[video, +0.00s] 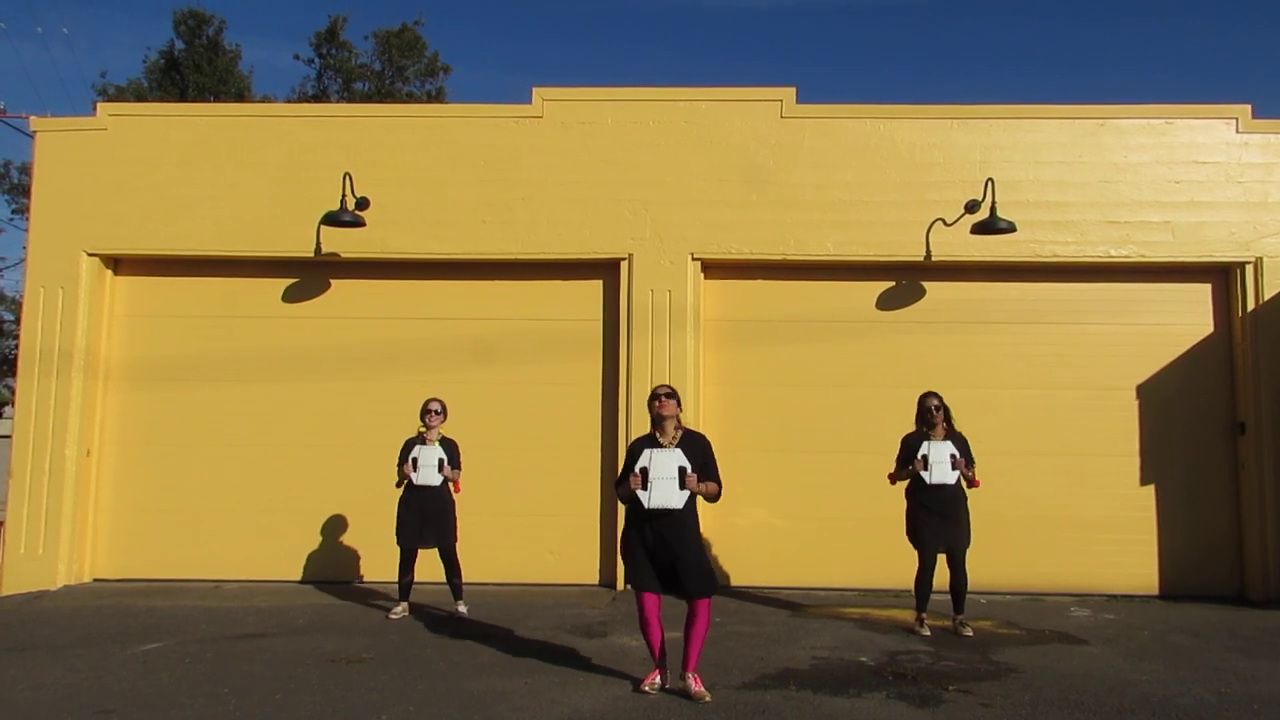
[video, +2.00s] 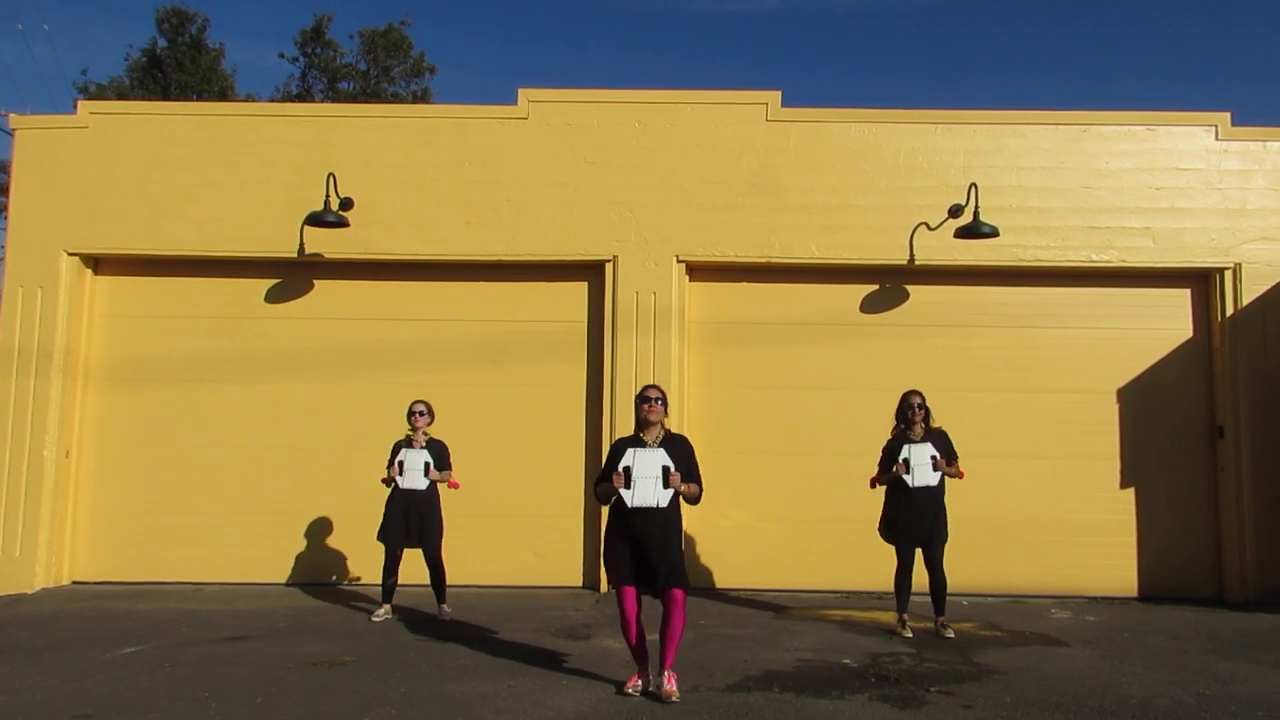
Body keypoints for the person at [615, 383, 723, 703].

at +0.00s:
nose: (661, 402)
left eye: (667, 398)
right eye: (655, 398)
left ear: (678, 407)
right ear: (649, 408)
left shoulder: (697, 442)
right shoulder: (639, 446)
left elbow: (715, 491)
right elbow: (621, 493)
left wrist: (699, 486)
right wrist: (630, 487)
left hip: (683, 536)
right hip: (642, 537)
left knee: (701, 598)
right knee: (647, 603)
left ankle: (689, 674)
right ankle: (660, 671)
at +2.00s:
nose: (651, 405)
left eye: (657, 401)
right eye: (645, 401)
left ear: (666, 409)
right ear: (637, 408)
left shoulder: (679, 445)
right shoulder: (622, 447)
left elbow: (695, 495)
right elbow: (600, 494)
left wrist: (681, 486)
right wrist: (613, 486)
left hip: (665, 540)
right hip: (624, 540)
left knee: (676, 598)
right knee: (628, 609)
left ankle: (667, 674)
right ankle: (642, 673)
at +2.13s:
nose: (649, 391)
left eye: (656, 387)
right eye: (644, 386)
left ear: (665, 396)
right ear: (637, 395)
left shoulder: (677, 432)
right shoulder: (619, 431)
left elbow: (692, 481)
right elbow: (597, 477)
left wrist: (682, 474)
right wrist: (614, 473)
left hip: (667, 528)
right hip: (630, 528)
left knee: (662, 599)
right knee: (634, 603)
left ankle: (660, 674)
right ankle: (642, 672)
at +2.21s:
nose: (649, 389)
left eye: (656, 385)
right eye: (644, 385)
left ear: (666, 395)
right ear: (636, 393)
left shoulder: (677, 432)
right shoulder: (619, 430)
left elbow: (693, 481)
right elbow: (599, 476)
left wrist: (684, 476)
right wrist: (615, 476)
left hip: (669, 529)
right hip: (632, 529)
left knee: (661, 602)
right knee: (636, 603)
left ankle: (658, 674)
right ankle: (641, 671)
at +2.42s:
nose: (648, 390)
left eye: (655, 386)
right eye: (643, 386)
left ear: (665, 394)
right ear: (636, 393)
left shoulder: (678, 431)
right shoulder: (620, 431)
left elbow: (697, 477)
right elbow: (600, 474)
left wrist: (675, 474)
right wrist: (606, 478)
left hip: (666, 529)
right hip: (628, 529)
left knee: (662, 601)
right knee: (632, 605)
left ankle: (656, 673)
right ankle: (641, 667)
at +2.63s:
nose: (646, 410)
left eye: (652, 406)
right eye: (641, 406)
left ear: (663, 413)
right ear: (633, 412)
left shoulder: (676, 451)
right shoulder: (618, 451)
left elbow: (692, 498)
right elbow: (594, 491)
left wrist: (672, 501)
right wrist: (601, 499)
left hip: (666, 543)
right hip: (628, 545)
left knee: (666, 601)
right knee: (635, 608)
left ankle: (656, 677)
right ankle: (642, 669)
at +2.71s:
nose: (645, 403)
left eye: (652, 399)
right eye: (640, 399)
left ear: (662, 406)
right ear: (633, 406)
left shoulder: (676, 444)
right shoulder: (617, 445)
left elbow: (693, 489)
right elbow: (594, 485)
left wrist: (676, 496)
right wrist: (604, 494)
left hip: (666, 539)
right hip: (629, 540)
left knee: (663, 603)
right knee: (635, 605)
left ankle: (654, 677)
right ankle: (642, 668)